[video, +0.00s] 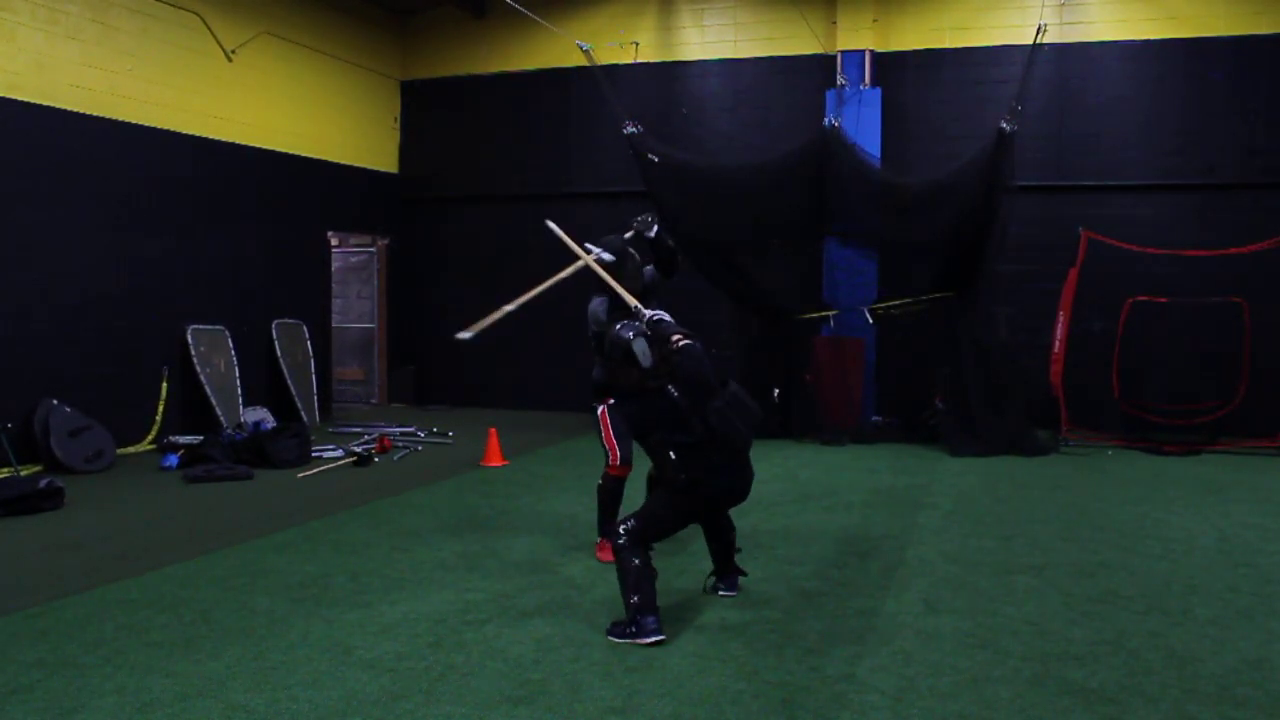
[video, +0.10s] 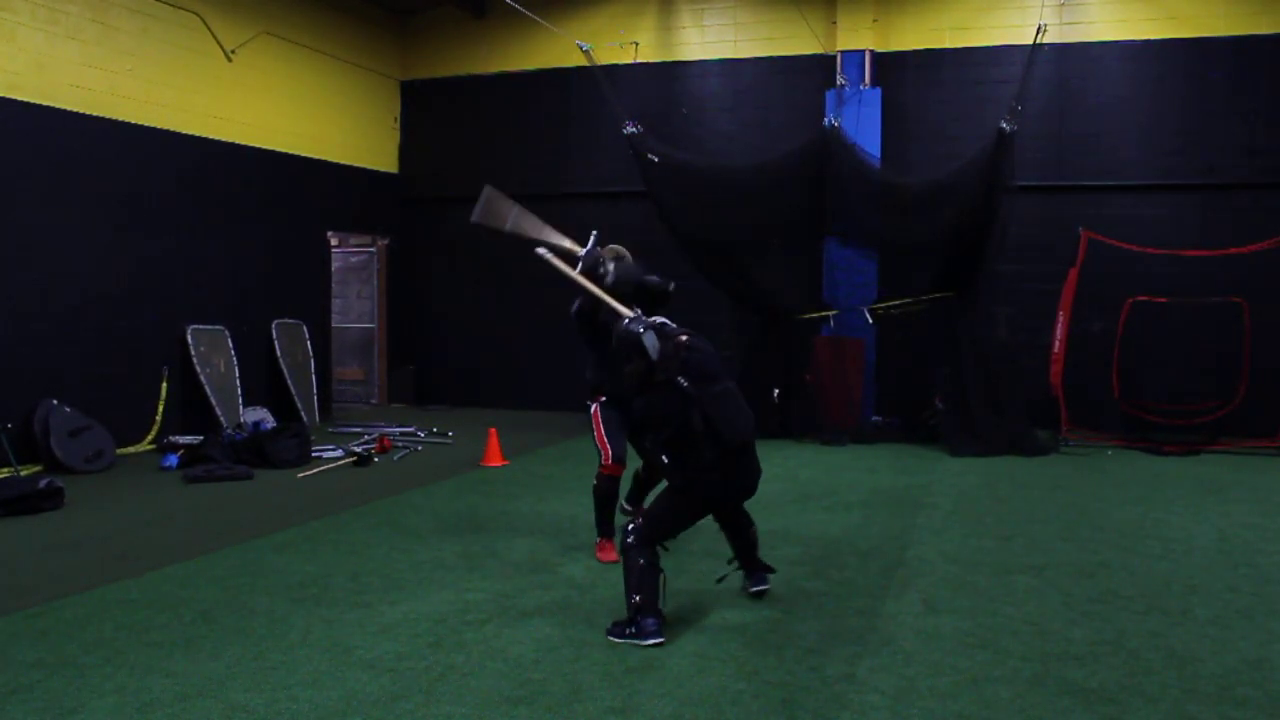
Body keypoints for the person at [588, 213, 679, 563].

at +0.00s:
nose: (633, 272)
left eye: (632, 265)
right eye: (624, 267)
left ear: (634, 267)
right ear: (609, 272)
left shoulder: (644, 290)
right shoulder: (600, 307)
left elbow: (669, 267)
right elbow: (611, 340)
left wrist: (657, 238)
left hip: (648, 391)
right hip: (610, 396)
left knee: (669, 460)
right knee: (620, 461)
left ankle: (652, 526)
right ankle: (607, 538)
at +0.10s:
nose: (617, 281)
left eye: (622, 274)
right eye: (610, 276)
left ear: (631, 274)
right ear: (599, 278)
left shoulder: (641, 304)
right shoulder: (589, 311)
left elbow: (663, 289)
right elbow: (581, 311)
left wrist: (628, 274)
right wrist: (588, 275)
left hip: (641, 395)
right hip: (605, 395)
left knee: (660, 460)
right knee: (613, 461)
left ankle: (633, 503)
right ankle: (605, 538)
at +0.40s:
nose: (615, 290)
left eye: (619, 284)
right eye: (608, 284)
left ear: (627, 278)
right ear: (597, 280)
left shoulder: (642, 305)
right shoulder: (580, 306)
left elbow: (653, 350)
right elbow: (578, 342)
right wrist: (612, 357)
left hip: (633, 400)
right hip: (593, 401)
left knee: (657, 468)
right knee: (596, 467)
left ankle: (635, 502)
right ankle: (601, 538)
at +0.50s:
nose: (618, 286)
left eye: (622, 280)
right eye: (613, 280)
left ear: (628, 275)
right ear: (600, 277)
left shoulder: (640, 302)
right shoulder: (580, 305)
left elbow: (653, 346)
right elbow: (578, 350)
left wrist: (636, 366)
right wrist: (618, 363)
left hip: (631, 395)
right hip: (592, 396)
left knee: (650, 462)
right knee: (598, 464)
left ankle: (628, 509)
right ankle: (600, 531)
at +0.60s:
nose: (619, 279)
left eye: (623, 274)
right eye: (613, 274)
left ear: (629, 272)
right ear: (601, 272)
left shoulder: (639, 303)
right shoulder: (579, 303)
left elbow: (652, 348)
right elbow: (573, 348)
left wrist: (634, 368)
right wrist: (615, 360)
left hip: (625, 393)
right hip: (586, 393)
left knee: (646, 456)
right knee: (590, 457)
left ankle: (627, 512)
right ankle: (598, 525)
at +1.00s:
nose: (576, 258)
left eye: (580, 252)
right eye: (570, 252)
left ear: (587, 259)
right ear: (557, 259)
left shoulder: (592, 296)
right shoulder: (534, 295)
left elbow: (607, 334)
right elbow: (519, 332)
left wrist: (581, 343)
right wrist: (556, 318)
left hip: (581, 384)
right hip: (544, 385)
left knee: (599, 446)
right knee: (539, 451)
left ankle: (617, 504)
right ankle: (529, 502)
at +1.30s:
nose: (543, 273)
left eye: (547, 267)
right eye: (537, 267)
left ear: (554, 263)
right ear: (526, 263)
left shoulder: (565, 286)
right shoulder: (506, 289)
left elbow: (582, 323)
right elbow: (483, 325)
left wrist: (548, 339)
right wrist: (511, 317)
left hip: (555, 374)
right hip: (520, 375)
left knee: (561, 435)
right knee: (527, 440)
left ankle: (533, 478)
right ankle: (527, 499)